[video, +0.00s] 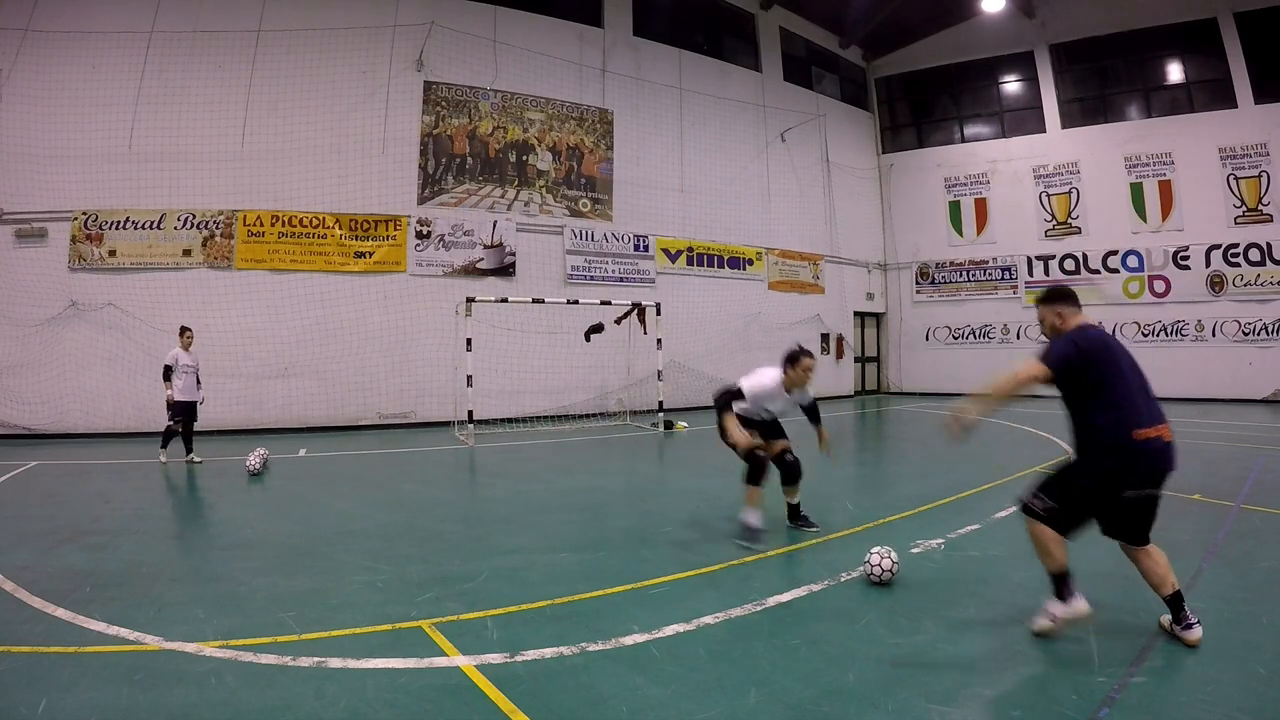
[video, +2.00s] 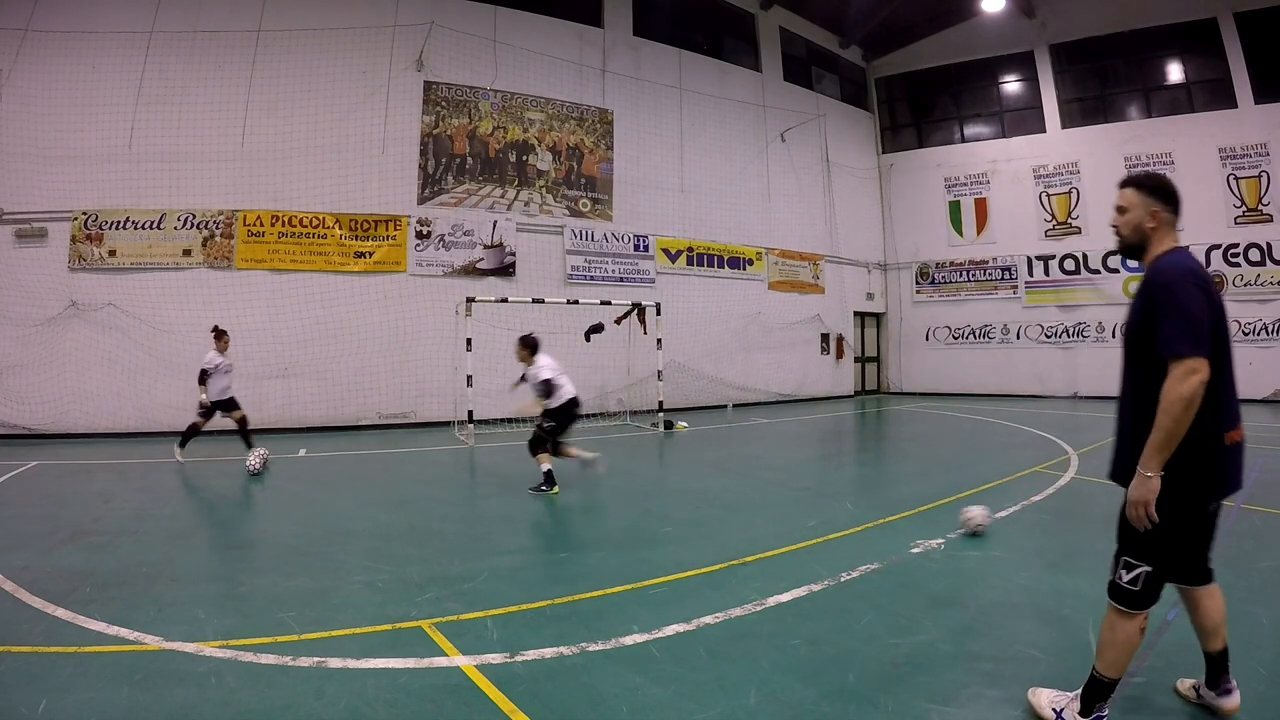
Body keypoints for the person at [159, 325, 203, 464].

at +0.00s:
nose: (190, 340)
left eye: (192, 338)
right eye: (188, 338)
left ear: (193, 339)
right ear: (180, 338)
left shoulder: (193, 356)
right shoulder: (174, 354)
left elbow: (196, 375)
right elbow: (166, 373)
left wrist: (200, 391)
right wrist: (169, 391)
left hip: (191, 398)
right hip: (177, 398)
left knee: (188, 427)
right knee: (175, 425)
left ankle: (189, 454)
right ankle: (163, 449)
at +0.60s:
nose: (173, 341)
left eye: (174, 338)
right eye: (170, 338)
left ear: (176, 340)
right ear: (163, 339)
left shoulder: (176, 356)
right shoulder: (156, 355)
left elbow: (179, 376)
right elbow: (148, 374)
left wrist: (182, 391)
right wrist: (147, 394)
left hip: (176, 397)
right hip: (159, 398)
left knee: (182, 424)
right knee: (160, 425)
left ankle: (185, 452)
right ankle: (160, 452)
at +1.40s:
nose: (194, 344)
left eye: (195, 341)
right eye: (191, 341)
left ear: (195, 342)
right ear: (183, 341)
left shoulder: (194, 358)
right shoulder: (175, 355)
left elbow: (195, 376)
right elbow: (162, 372)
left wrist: (195, 389)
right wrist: (156, 389)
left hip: (187, 399)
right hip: (172, 398)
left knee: (182, 426)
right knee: (173, 424)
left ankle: (177, 452)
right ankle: (163, 451)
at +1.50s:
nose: (199, 345)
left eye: (200, 342)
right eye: (196, 342)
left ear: (199, 343)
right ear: (189, 342)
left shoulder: (199, 359)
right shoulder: (179, 355)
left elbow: (201, 376)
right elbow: (165, 369)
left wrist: (200, 388)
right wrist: (153, 385)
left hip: (190, 397)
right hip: (175, 395)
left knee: (185, 424)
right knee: (181, 421)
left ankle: (178, 450)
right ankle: (173, 450)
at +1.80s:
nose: (214, 350)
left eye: (215, 347)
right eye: (212, 347)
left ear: (214, 347)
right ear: (203, 346)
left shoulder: (214, 362)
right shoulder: (191, 360)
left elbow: (215, 378)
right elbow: (179, 376)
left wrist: (210, 389)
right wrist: (169, 392)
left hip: (203, 397)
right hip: (188, 395)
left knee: (206, 426)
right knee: (190, 424)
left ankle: (192, 440)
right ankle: (181, 453)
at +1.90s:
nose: (220, 348)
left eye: (221, 345)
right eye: (218, 345)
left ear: (221, 346)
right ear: (210, 346)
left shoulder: (218, 360)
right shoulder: (201, 361)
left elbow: (213, 378)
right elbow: (192, 380)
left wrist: (212, 393)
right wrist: (195, 394)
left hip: (212, 400)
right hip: (197, 403)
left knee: (225, 420)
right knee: (191, 428)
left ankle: (220, 449)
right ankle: (181, 454)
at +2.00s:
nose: (227, 345)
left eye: (228, 342)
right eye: (225, 342)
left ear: (227, 342)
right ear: (217, 342)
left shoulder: (225, 356)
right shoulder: (212, 357)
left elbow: (221, 379)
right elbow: (202, 378)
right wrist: (203, 398)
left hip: (227, 398)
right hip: (212, 400)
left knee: (241, 419)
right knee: (198, 425)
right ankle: (180, 446)